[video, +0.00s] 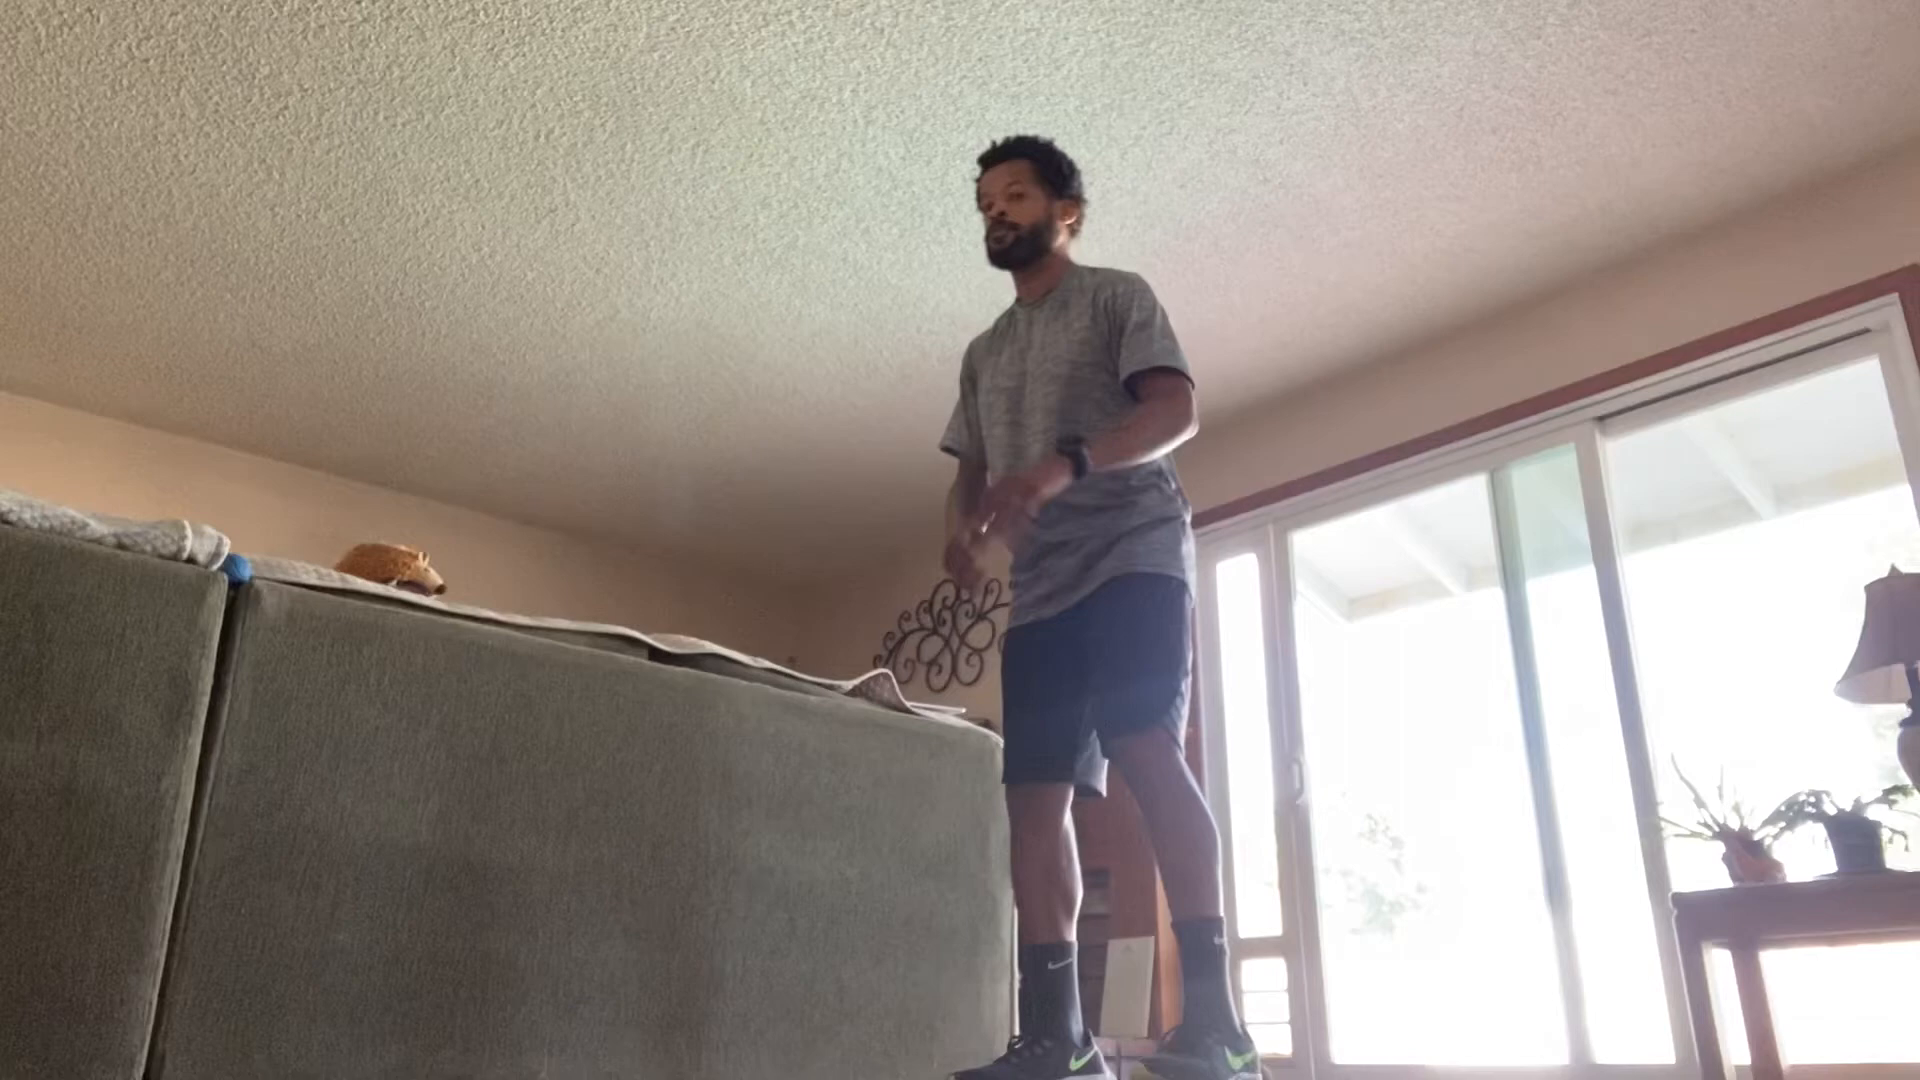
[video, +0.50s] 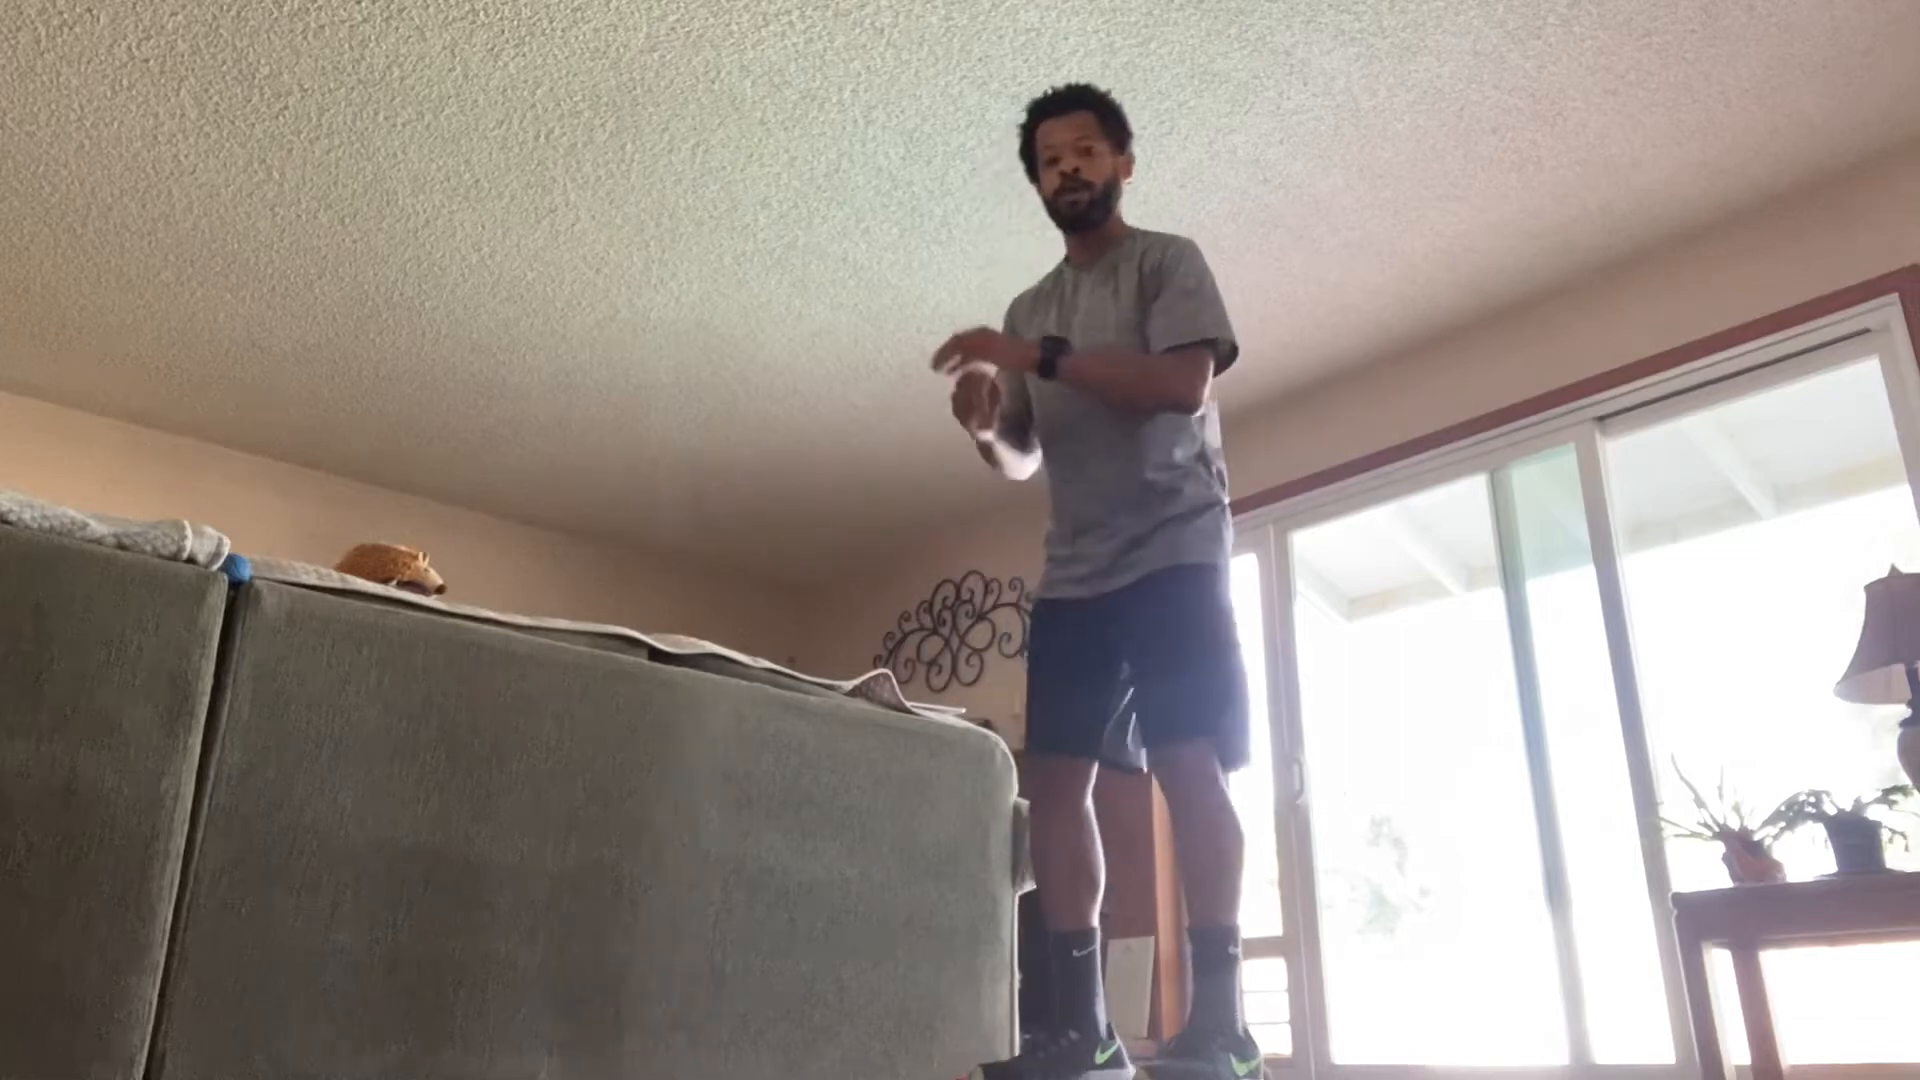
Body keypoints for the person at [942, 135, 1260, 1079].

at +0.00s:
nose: (995, 213)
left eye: (1014, 198)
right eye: (986, 204)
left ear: (1066, 211)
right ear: (981, 226)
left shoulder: (1117, 295)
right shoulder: (984, 354)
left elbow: (1173, 408)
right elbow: (970, 474)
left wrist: (1067, 463)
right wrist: (964, 528)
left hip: (1133, 554)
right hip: (1040, 584)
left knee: (1141, 745)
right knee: (1034, 792)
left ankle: (1210, 1017)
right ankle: (1052, 1032)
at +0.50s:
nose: (1068, 169)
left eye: (1084, 151)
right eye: (1049, 162)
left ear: (1125, 161)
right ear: (1034, 189)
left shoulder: (1169, 260)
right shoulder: (1030, 314)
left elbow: (1182, 382)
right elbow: (1023, 455)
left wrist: (1037, 356)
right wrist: (986, 424)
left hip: (1173, 555)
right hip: (1073, 571)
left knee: (1186, 766)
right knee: (1054, 779)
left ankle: (1216, 1023)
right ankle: (1067, 1024)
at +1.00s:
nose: (984, 223)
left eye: (1006, 210)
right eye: (982, 212)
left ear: (1062, 230)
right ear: (982, 238)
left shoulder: (1117, 322)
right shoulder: (987, 381)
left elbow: (1153, 461)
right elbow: (996, 524)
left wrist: (1053, 526)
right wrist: (960, 568)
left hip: (1154, 586)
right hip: (1054, 607)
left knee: (1094, 759)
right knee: (1000, 775)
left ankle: (1205, 1032)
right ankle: (1069, 1036)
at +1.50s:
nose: (1043, 208)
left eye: (1067, 198)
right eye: (1041, 203)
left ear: (1118, 222)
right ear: (1045, 234)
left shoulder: (1145, 281)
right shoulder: (1016, 346)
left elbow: (1215, 141)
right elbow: (927, 343)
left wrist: (1113, 87)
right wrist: (973, 230)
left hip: (1144, 581)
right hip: (1041, 608)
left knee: (1164, 792)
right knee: (989, 823)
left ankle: (1331, 1015)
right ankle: (1034, 1033)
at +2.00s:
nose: (1013, 151)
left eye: (1037, 139)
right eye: (1017, 144)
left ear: (1089, 173)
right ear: (1028, 184)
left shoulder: (1129, 254)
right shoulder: (1004, 314)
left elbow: (1211, 376)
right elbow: (1021, 450)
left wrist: (1171, 480)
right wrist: (965, 523)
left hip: (1134, 539)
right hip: (1042, 561)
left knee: (1115, 744)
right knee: (1052, 774)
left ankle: (1201, 993)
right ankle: (1145, 1008)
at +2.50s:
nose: (988, 163)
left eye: (1009, 148)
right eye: (988, 152)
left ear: (1064, 171)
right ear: (1006, 183)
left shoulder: (1101, 242)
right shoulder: (977, 299)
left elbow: (1212, 160)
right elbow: (881, 334)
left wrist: (1184, 31)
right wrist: (832, 227)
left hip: (1104, 533)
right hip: (1010, 557)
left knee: (1121, 737)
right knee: (980, 775)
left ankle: (1266, 973)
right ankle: (1039, 1007)